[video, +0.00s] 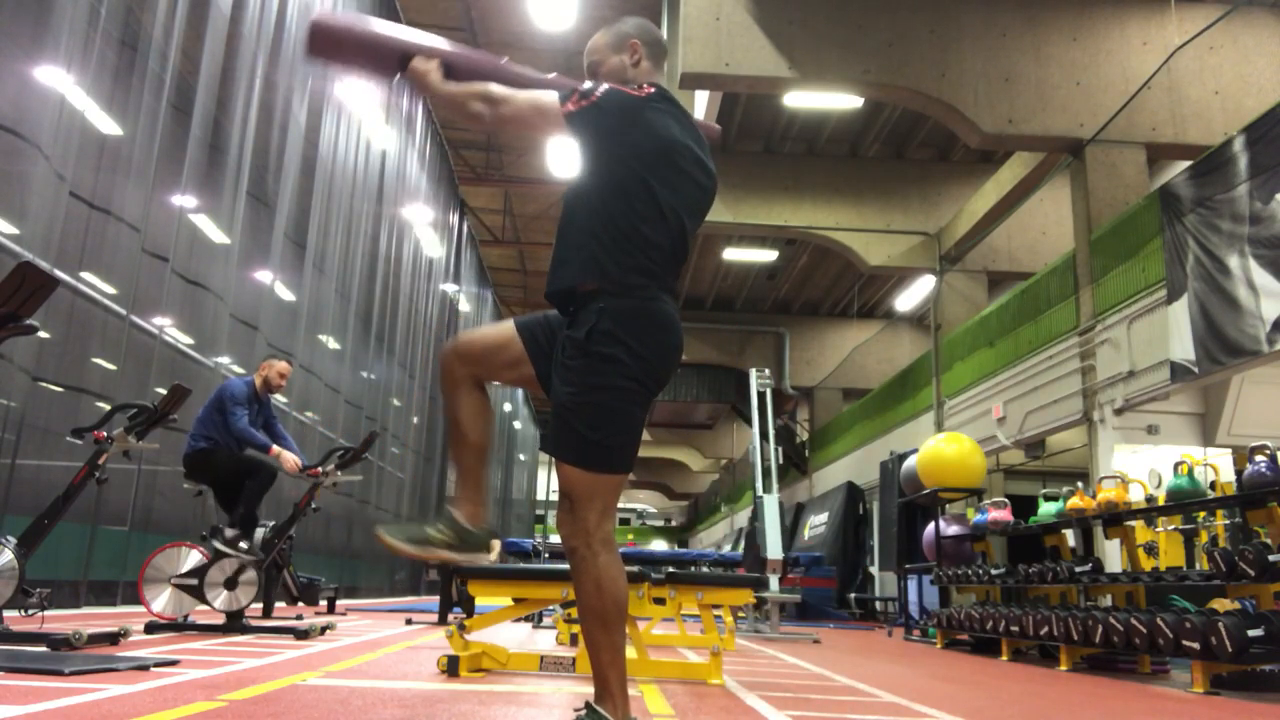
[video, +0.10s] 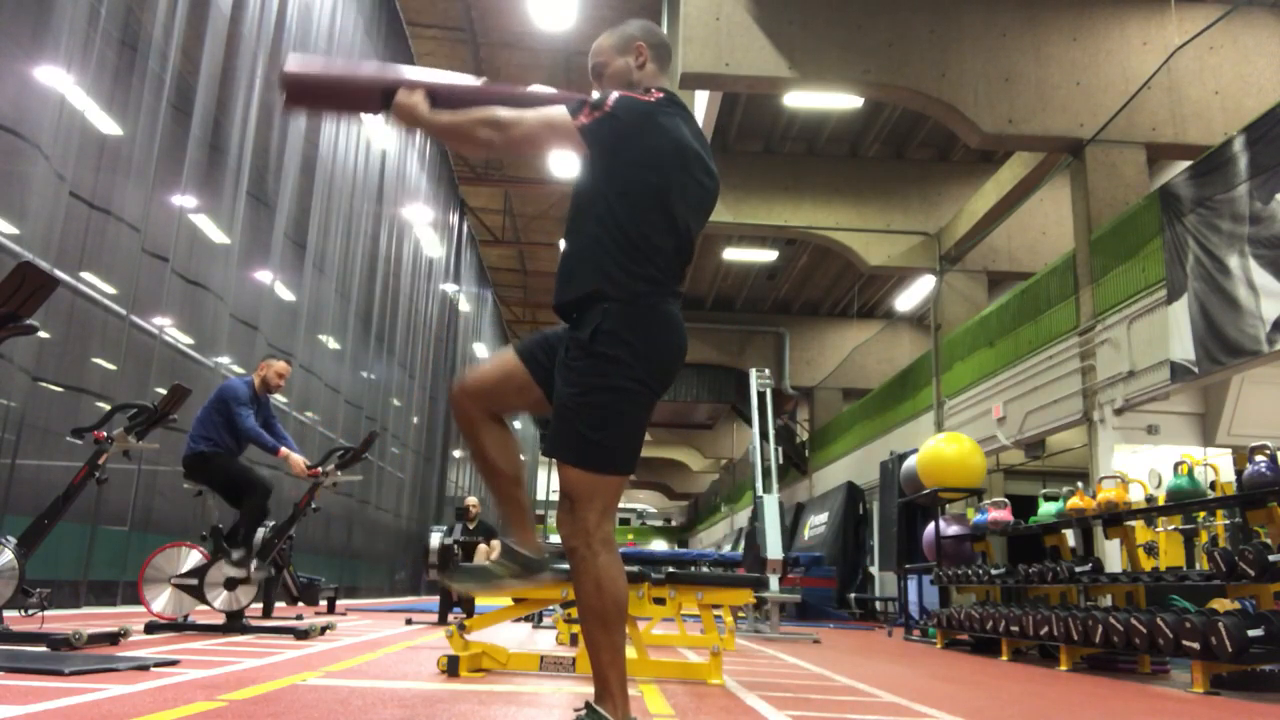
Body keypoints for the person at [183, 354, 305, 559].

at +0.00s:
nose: (283, 384)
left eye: (286, 380)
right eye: (280, 376)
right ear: (263, 369)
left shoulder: (263, 403)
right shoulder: (235, 389)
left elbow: (277, 433)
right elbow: (239, 428)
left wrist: (302, 465)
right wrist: (278, 452)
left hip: (223, 461)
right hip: (202, 456)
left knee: (248, 517)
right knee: (264, 471)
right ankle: (233, 531)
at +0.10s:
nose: (282, 384)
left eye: (285, 380)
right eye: (279, 376)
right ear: (262, 369)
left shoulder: (262, 401)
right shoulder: (236, 389)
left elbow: (275, 431)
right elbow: (248, 429)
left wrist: (300, 460)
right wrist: (286, 455)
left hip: (220, 460)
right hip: (203, 457)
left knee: (259, 509)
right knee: (260, 487)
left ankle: (229, 543)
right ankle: (237, 546)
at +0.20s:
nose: (282, 383)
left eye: (286, 380)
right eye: (280, 376)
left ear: (284, 382)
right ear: (262, 369)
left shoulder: (262, 398)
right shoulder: (239, 389)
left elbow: (275, 428)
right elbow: (256, 427)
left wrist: (299, 461)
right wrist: (289, 459)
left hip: (228, 461)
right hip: (204, 459)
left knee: (271, 497)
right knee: (246, 505)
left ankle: (226, 535)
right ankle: (233, 572)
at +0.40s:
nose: (286, 384)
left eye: (290, 380)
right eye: (284, 377)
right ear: (266, 370)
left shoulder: (265, 397)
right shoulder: (243, 388)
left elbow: (277, 428)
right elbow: (259, 428)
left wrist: (299, 460)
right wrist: (290, 461)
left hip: (227, 460)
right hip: (202, 459)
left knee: (274, 481)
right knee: (231, 511)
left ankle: (246, 537)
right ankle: (200, 573)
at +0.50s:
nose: (286, 386)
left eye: (290, 381)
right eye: (284, 378)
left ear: (290, 381)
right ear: (267, 371)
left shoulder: (266, 398)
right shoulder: (242, 388)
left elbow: (279, 430)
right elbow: (258, 428)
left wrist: (301, 461)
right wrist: (289, 461)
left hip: (219, 457)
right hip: (196, 454)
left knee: (261, 498)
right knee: (236, 496)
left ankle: (254, 558)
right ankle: (197, 552)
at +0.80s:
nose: (282, 389)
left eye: (285, 385)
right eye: (280, 382)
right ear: (263, 374)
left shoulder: (262, 404)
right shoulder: (236, 390)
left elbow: (278, 432)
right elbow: (255, 430)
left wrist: (301, 462)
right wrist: (287, 461)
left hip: (211, 456)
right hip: (190, 452)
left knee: (242, 510)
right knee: (246, 477)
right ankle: (232, 538)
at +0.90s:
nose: (282, 389)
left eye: (286, 385)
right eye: (280, 382)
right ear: (263, 374)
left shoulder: (262, 401)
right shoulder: (238, 390)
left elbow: (277, 431)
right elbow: (257, 430)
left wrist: (301, 462)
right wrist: (288, 462)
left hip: (215, 458)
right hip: (193, 455)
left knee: (258, 498)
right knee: (237, 495)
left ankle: (222, 535)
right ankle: (234, 564)